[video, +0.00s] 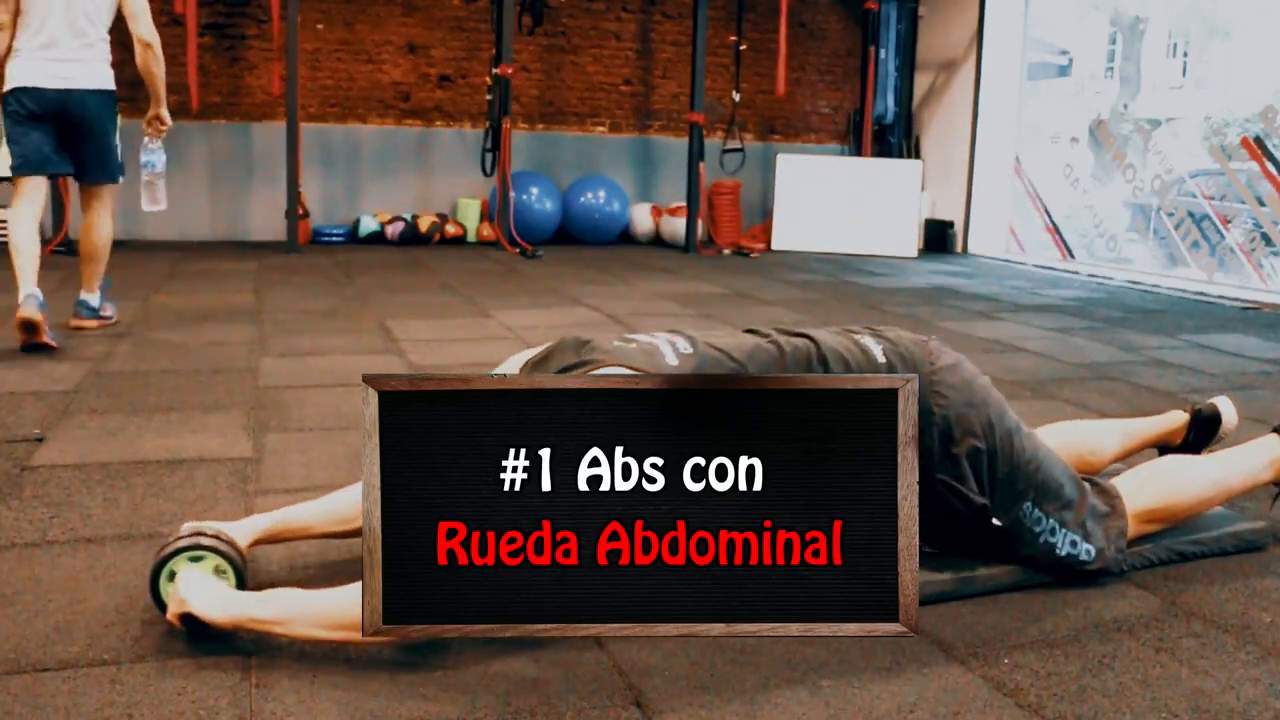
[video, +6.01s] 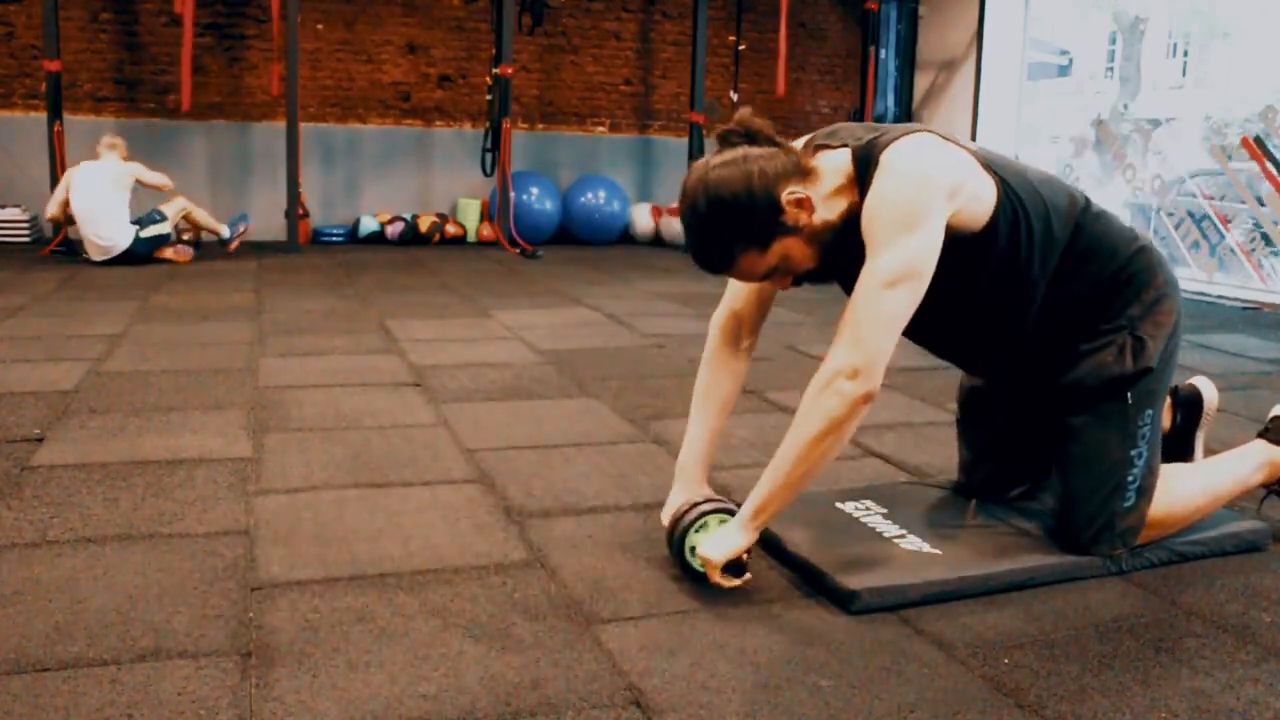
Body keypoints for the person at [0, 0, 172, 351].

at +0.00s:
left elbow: (4, 28)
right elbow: (146, 40)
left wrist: (6, 84)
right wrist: (158, 103)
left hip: (25, 84)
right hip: (90, 88)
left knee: (27, 195)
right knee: (97, 200)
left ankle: (28, 297)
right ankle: (89, 302)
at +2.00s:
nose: (180, 7)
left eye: (175, 5)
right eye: (181, 5)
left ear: (156, 5)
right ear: (182, 6)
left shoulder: (132, 30)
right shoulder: (193, 33)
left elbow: (123, 79)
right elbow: (208, 76)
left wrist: (117, 119)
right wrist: (219, 113)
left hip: (140, 113)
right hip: (177, 114)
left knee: (139, 180)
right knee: (185, 180)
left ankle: (140, 250)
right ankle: (188, 244)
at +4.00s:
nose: (159, 141)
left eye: (158, 138)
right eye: (157, 139)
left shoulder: (157, 112)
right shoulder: (206, 100)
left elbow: (139, 160)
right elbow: (229, 137)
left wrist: (124, 199)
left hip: (185, 125)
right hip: (219, 123)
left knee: (170, 178)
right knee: (211, 181)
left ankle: (180, 237)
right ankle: (202, 242)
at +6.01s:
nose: (121, 159)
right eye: (123, 155)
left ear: (97, 152)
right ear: (123, 153)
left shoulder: (74, 172)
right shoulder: (129, 168)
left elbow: (51, 214)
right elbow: (167, 184)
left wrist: (74, 216)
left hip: (95, 256)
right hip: (127, 248)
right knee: (181, 203)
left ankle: (167, 250)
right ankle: (227, 233)